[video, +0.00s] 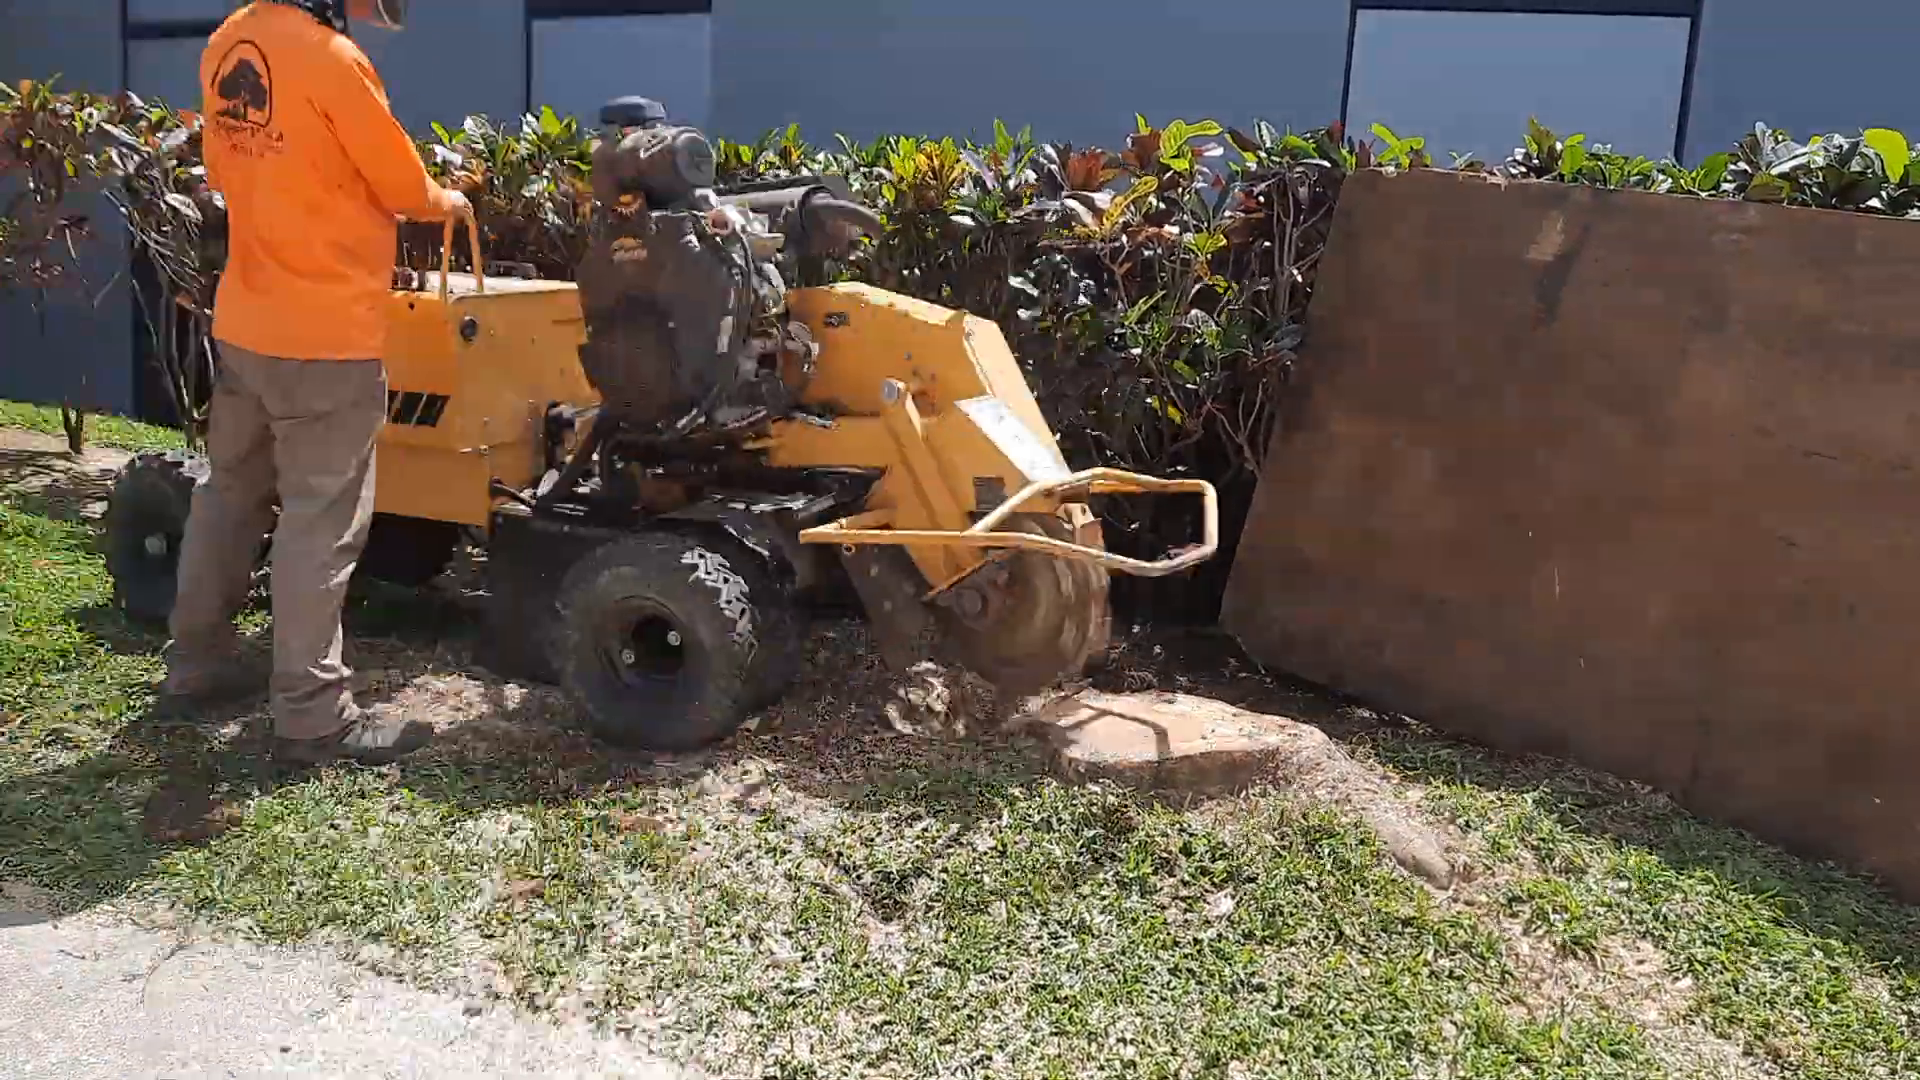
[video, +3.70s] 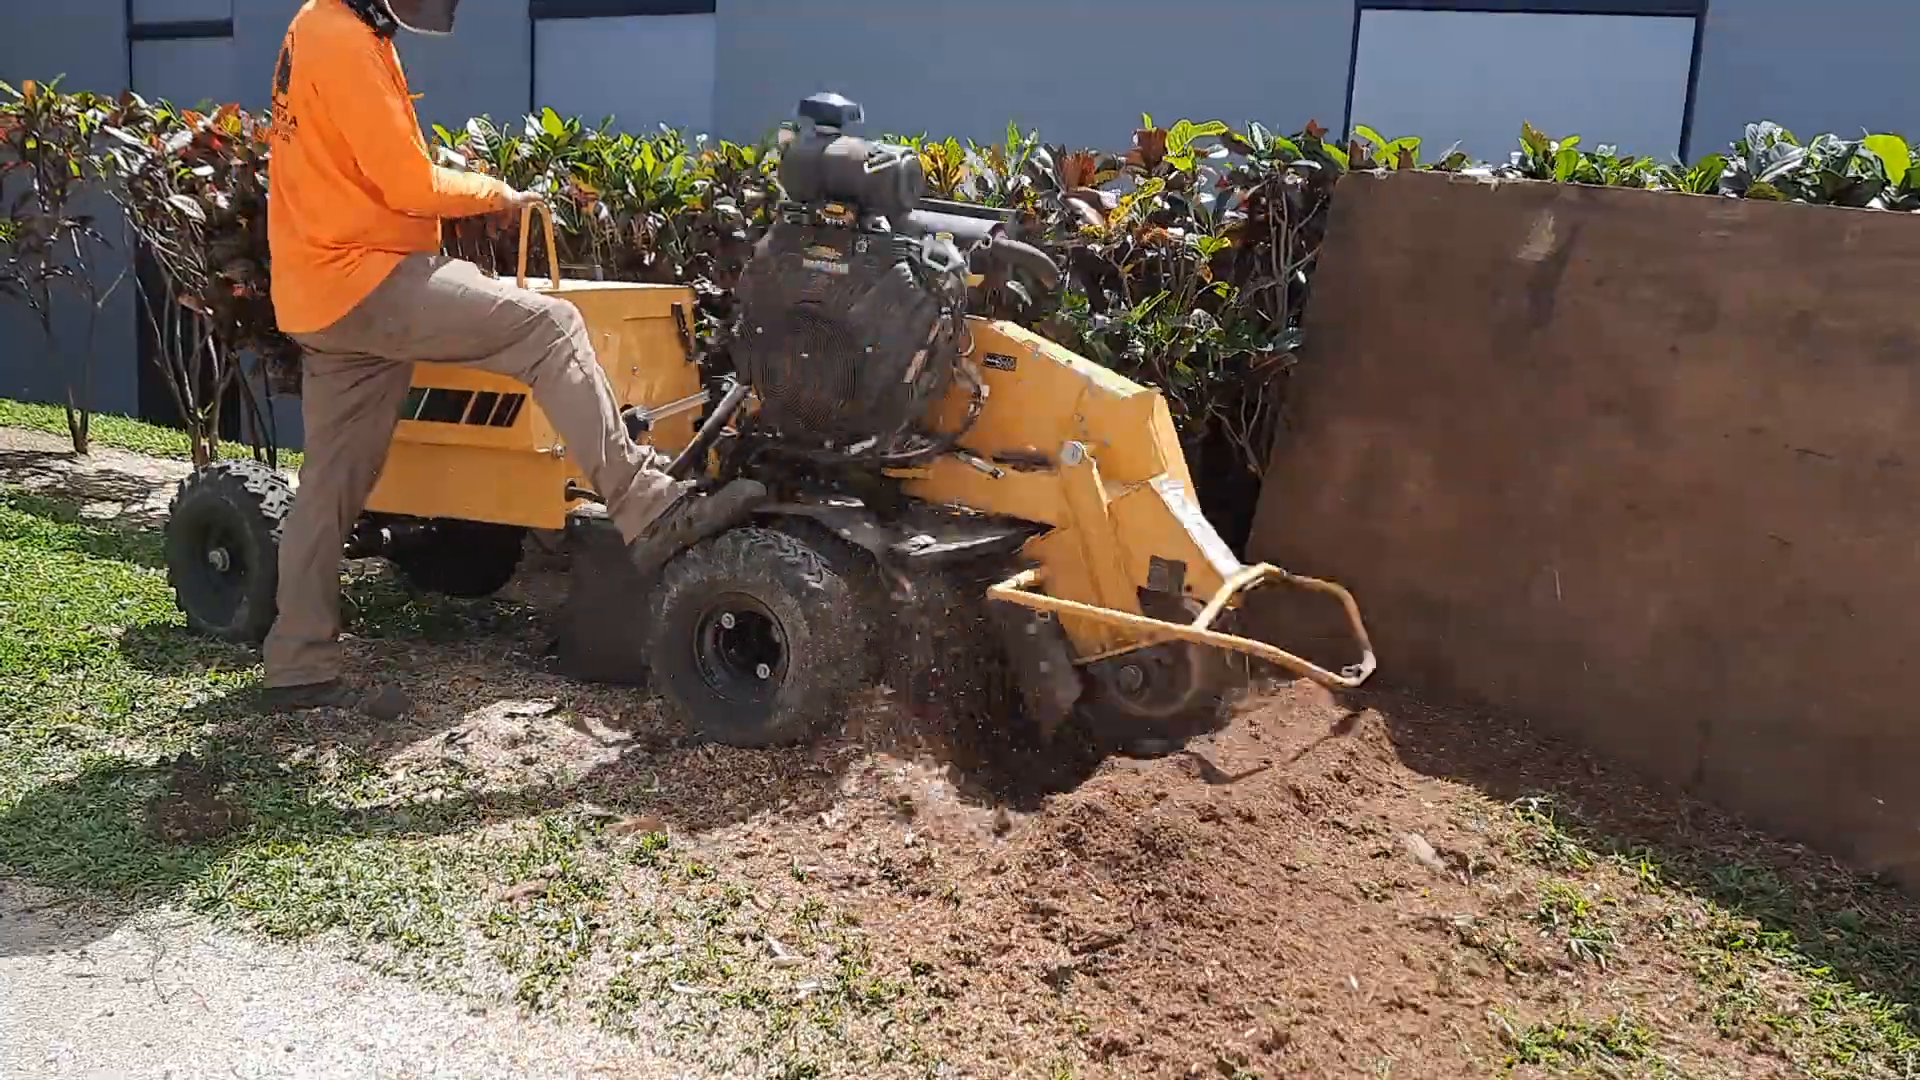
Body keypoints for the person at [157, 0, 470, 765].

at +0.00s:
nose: (380, 19)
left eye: (384, 12)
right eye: (379, 8)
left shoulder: (228, 39)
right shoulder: (333, 58)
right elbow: (405, 188)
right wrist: (448, 202)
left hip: (242, 325)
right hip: (328, 338)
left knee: (228, 496)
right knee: (322, 524)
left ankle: (197, 667)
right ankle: (309, 717)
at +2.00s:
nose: (373, 11)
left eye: (370, 6)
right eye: (367, 3)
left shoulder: (220, 25)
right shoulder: (312, 48)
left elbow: (282, 159)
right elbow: (380, 174)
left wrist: (395, 195)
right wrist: (441, 200)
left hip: (239, 320)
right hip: (319, 325)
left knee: (246, 493)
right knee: (324, 504)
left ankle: (238, 662)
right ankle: (321, 696)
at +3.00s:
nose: (409, 13)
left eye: (409, 7)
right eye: (407, 3)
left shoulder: (274, 27)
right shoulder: (346, 49)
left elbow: (344, 159)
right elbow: (422, 173)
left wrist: (449, 174)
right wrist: (499, 191)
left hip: (279, 323)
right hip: (352, 328)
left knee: (276, 495)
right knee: (349, 509)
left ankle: (256, 658)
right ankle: (345, 693)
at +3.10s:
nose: (416, 12)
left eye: (416, 7)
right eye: (413, 4)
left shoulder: (279, 25)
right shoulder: (345, 48)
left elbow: (342, 162)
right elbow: (413, 183)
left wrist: (444, 188)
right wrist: (472, 191)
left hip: (314, 311)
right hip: (357, 318)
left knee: (375, 482)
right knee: (344, 502)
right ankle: (323, 695)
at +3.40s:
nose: (400, 13)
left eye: (402, 6)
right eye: (399, 2)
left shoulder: (274, 23)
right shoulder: (331, 51)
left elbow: (346, 165)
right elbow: (408, 180)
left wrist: (437, 191)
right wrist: (472, 185)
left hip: (307, 317)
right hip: (351, 324)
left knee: (368, 489)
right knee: (342, 509)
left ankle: (412, 633)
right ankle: (322, 695)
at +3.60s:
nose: (434, 26)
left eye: (440, 19)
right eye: (435, 16)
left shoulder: (335, 24)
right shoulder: (362, 44)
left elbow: (373, 158)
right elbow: (422, 189)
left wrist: (450, 180)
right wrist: (476, 193)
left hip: (318, 287)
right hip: (360, 280)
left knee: (323, 488)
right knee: (549, 333)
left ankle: (294, 666)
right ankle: (617, 520)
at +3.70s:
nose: (435, 14)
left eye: (435, 8)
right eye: (431, 5)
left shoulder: (339, 30)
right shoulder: (342, 39)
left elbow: (390, 168)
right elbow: (406, 182)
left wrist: (482, 189)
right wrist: (498, 196)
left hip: (329, 288)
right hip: (360, 280)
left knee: (329, 486)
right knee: (547, 326)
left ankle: (298, 665)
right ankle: (650, 510)